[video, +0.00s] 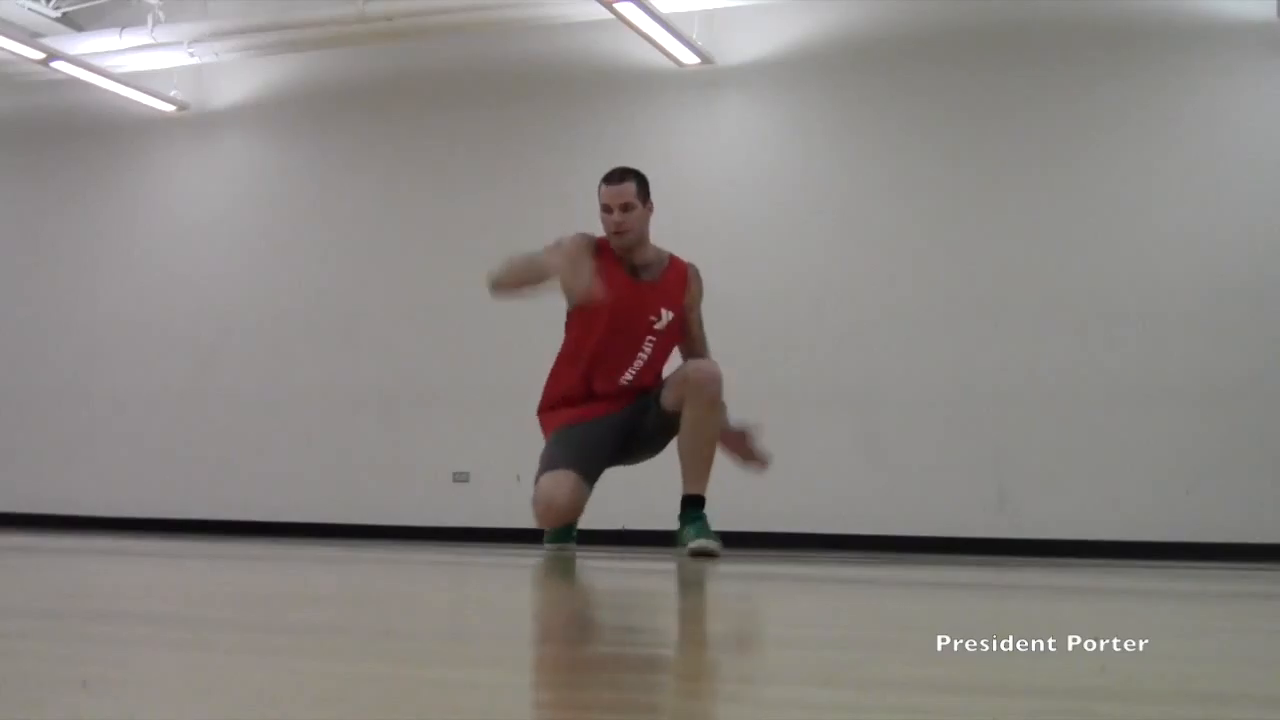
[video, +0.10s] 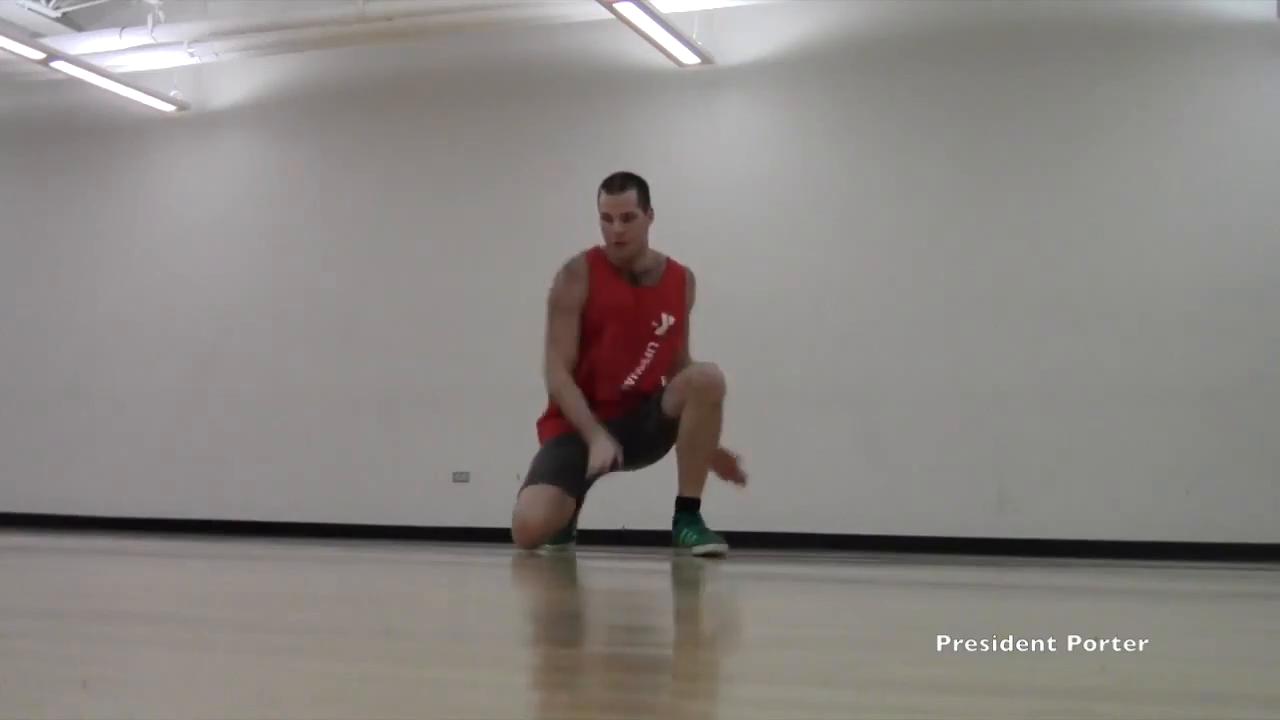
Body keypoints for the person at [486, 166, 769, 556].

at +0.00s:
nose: (616, 221)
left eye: (626, 209)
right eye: (607, 211)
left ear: (649, 209)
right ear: (599, 213)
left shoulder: (682, 278)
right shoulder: (580, 254)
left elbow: (698, 364)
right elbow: (500, 281)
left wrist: (722, 429)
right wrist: (556, 264)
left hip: (639, 412)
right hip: (578, 416)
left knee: (703, 374)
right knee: (553, 507)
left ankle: (693, 518)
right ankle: (562, 524)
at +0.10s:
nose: (616, 230)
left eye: (627, 219)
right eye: (607, 219)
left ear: (649, 218)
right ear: (598, 220)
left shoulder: (678, 281)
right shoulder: (576, 277)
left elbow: (679, 371)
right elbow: (557, 374)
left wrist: (707, 448)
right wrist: (595, 435)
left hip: (640, 422)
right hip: (577, 426)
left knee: (707, 379)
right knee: (528, 531)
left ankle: (687, 522)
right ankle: (566, 512)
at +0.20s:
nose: (606, 257)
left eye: (616, 244)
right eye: (595, 247)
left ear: (637, 240)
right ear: (586, 248)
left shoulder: (674, 279)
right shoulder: (577, 310)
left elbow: (695, 330)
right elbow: (585, 418)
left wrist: (751, 381)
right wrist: (591, 511)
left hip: (645, 432)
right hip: (588, 444)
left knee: (702, 382)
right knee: (521, 536)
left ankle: (686, 521)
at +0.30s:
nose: (597, 282)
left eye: (606, 267)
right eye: (585, 272)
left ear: (627, 256)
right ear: (576, 271)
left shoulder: (662, 263)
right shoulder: (577, 330)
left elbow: (702, 249)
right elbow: (583, 439)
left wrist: (761, 243)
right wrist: (578, 535)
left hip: (662, 418)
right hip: (605, 439)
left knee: (725, 384)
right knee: (548, 535)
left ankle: (690, 520)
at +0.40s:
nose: (589, 294)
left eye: (596, 277)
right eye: (574, 285)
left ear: (614, 257)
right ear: (563, 282)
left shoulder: (642, 240)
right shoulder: (575, 337)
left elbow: (656, 182)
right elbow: (580, 437)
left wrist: (692, 127)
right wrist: (578, 534)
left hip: (681, 371)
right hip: (629, 409)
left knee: (764, 378)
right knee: (647, 514)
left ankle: (708, 513)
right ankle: (589, 504)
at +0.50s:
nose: (585, 295)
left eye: (589, 279)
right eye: (571, 289)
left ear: (604, 255)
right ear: (556, 286)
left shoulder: (627, 222)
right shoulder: (574, 344)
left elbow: (650, 140)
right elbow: (581, 442)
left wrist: (682, 64)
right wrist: (579, 535)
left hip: (683, 327)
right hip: (644, 380)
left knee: (787, 359)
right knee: (732, 442)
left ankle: (781, 491)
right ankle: (674, 483)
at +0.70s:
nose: (611, 299)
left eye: (615, 283)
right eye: (596, 294)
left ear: (626, 258)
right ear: (579, 290)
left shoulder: (652, 231)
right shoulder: (592, 349)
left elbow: (708, 147)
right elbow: (593, 442)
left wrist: (771, 87)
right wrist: (580, 534)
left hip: (685, 315)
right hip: (666, 371)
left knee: (804, 311)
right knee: (771, 350)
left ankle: (767, 427)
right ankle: (755, 473)